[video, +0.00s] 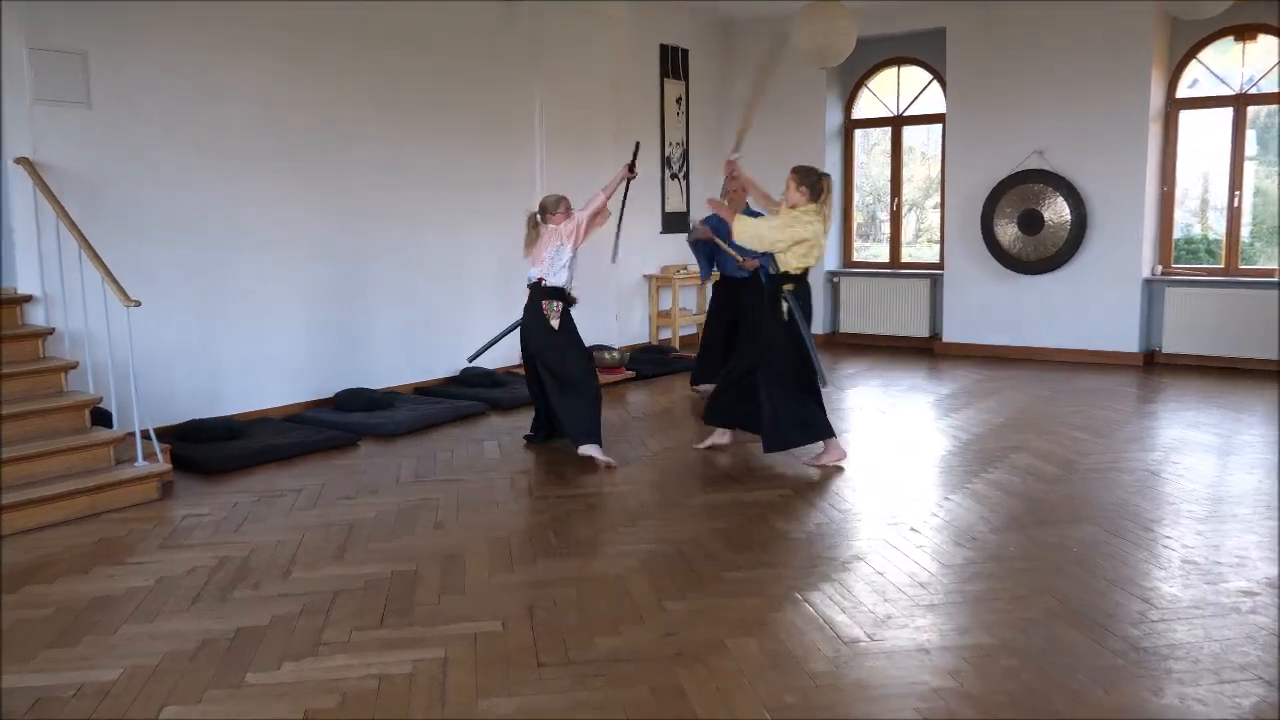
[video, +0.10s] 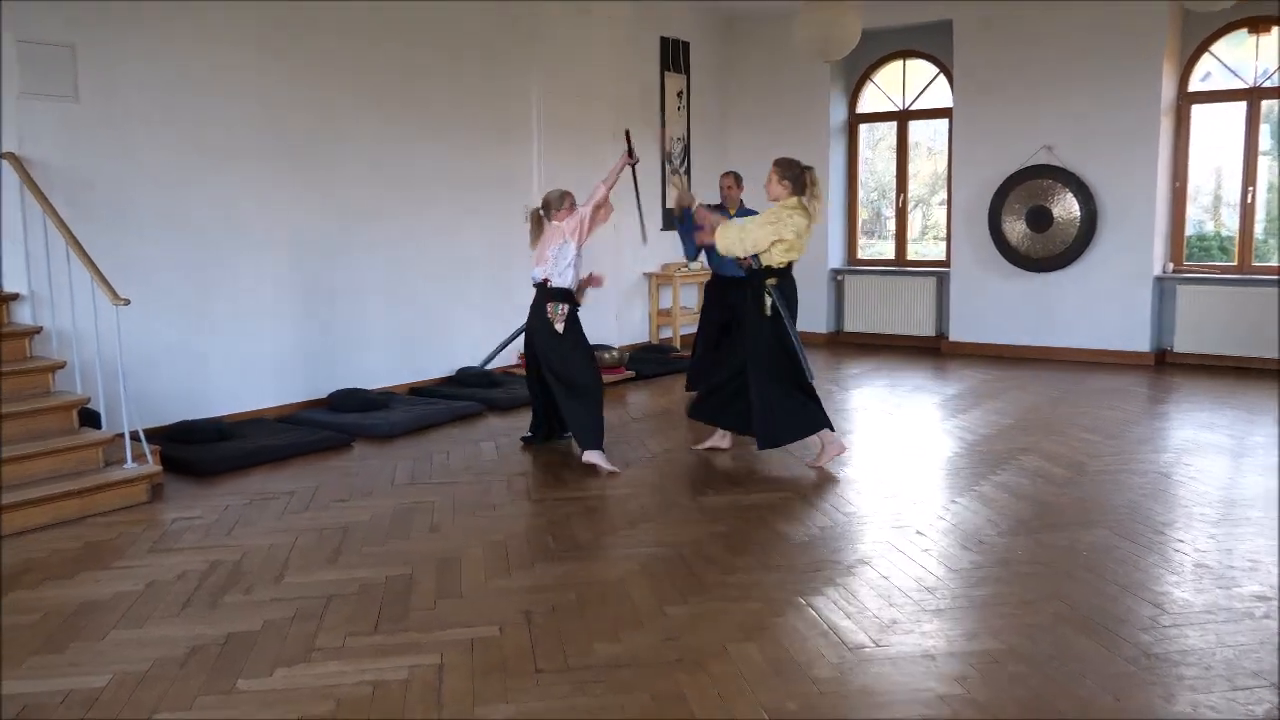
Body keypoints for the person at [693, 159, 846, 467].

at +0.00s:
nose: (784, 191)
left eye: (789, 187)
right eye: (787, 187)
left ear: (804, 193)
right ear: (806, 192)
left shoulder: (804, 224)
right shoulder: (801, 214)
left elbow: (754, 234)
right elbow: (769, 204)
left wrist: (725, 212)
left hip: (787, 297)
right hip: (774, 293)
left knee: (795, 370)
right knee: (745, 359)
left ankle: (832, 444)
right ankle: (724, 428)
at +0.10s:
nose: (765, 184)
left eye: (769, 179)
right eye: (767, 179)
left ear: (782, 184)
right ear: (791, 186)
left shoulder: (783, 217)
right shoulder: (792, 213)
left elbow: (740, 241)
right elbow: (752, 228)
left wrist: (714, 233)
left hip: (769, 291)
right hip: (770, 288)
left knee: (778, 367)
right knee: (738, 359)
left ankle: (829, 438)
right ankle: (723, 431)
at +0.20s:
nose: (746, 180)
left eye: (750, 176)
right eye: (747, 175)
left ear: (765, 180)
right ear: (769, 180)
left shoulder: (772, 212)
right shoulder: (771, 207)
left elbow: (741, 245)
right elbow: (743, 240)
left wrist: (707, 262)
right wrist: (713, 264)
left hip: (762, 289)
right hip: (753, 286)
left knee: (764, 367)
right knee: (733, 358)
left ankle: (816, 441)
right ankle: (724, 435)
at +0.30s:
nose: (733, 180)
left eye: (737, 176)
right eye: (734, 175)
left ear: (751, 180)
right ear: (759, 180)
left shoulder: (755, 211)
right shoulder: (765, 208)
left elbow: (737, 254)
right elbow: (739, 252)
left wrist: (710, 287)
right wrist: (715, 285)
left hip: (753, 291)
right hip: (757, 288)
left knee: (758, 369)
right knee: (729, 359)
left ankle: (811, 445)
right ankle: (726, 435)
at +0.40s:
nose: (724, 179)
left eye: (727, 174)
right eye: (725, 174)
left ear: (743, 179)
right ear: (749, 179)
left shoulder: (748, 212)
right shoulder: (758, 208)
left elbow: (736, 261)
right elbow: (741, 258)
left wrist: (714, 298)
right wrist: (720, 297)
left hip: (751, 293)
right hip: (757, 289)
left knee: (756, 373)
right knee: (733, 363)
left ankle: (815, 449)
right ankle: (731, 438)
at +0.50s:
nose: (717, 177)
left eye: (721, 171)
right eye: (718, 171)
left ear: (738, 176)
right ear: (743, 176)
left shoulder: (744, 210)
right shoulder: (751, 205)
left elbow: (735, 265)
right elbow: (735, 261)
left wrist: (719, 300)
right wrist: (716, 301)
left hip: (755, 293)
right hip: (756, 289)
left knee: (762, 375)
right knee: (735, 364)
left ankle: (821, 452)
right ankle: (734, 440)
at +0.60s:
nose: (711, 173)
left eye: (715, 167)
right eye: (712, 167)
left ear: (733, 169)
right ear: (737, 169)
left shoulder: (743, 203)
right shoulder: (749, 198)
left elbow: (737, 261)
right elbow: (736, 260)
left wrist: (719, 301)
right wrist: (718, 301)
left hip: (760, 290)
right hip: (757, 288)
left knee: (773, 376)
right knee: (735, 364)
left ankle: (830, 457)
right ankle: (735, 443)